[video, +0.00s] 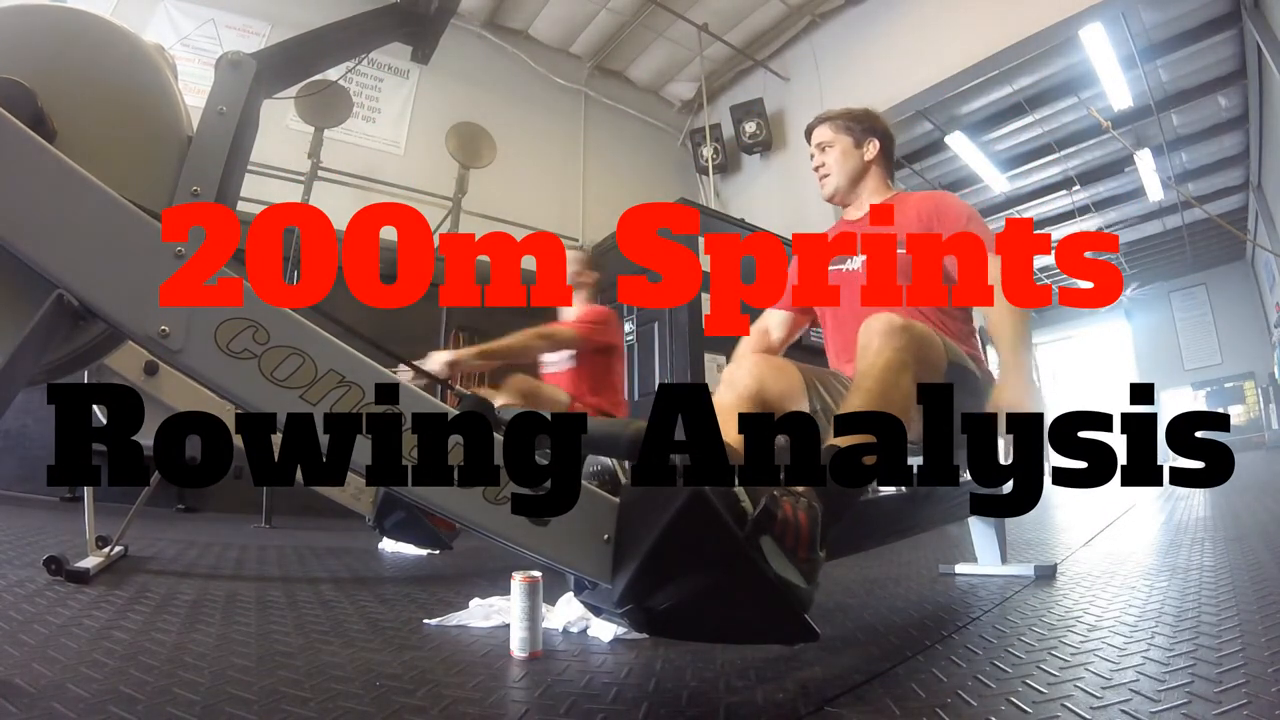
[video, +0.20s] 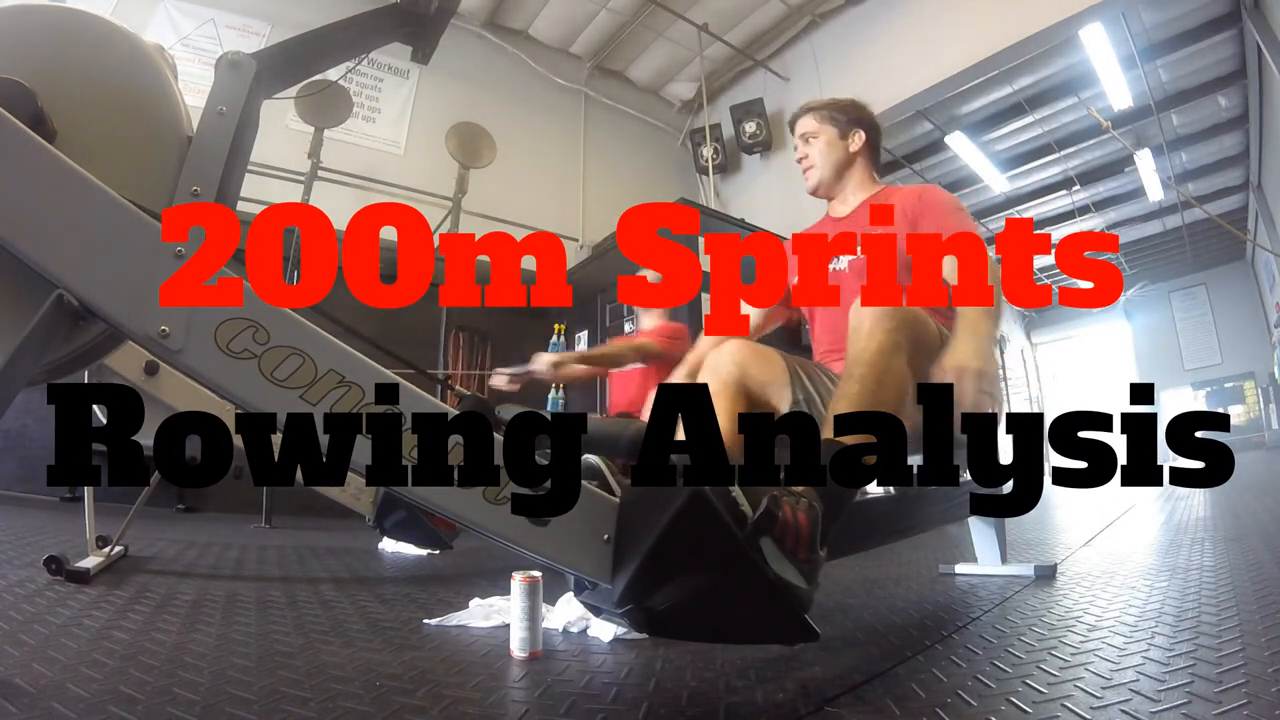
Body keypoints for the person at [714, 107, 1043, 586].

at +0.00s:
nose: (815, 162)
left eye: (826, 148)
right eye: (812, 155)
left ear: (870, 150)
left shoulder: (937, 210)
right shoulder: (820, 249)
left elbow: (999, 289)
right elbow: (768, 333)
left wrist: (1015, 381)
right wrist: (729, 388)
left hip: (954, 390)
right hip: (856, 394)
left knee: (885, 330)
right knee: (750, 370)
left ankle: (813, 506)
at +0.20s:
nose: (798, 155)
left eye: (809, 139)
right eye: (796, 148)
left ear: (856, 141)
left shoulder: (922, 202)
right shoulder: (805, 242)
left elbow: (979, 282)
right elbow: (757, 315)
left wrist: (972, 347)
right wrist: (693, 357)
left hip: (928, 388)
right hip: (836, 390)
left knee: (876, 310)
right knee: (729, 358)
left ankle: (811, 501)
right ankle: (703, 517)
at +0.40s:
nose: (775, 147)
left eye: (785, 130)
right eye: (771, 139)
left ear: (835, 130)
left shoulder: (901, 189)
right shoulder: (782, 236)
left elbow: (934, 264)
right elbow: (709, 298)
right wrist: (639, 356)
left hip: (906, 386)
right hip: (818, 390)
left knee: (867, 294)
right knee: (709, 355)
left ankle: (811, 503)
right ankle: (707, 517)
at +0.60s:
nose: (748, 132)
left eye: (763, 114)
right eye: (740, 126)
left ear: (813, 120)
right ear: (741, 146)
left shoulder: (866, 176)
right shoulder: (744, 231)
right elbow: (668, 291)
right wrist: (590, 357)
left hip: (870, 360)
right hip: (782, 373)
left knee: (870, 205)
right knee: (697, 347)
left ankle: (817, 485)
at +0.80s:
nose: (706, 124)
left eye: (721, 106)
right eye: (697, 119)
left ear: (777, 110)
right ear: (698, 141)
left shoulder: (840, 162)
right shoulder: (713, 225)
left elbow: (818, 218)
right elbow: (628, 296)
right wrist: (540, 374)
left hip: (849, 394)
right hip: (759, 393)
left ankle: (818, 486)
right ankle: (524, 383)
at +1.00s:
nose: (678, 115)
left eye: (695, 95)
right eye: (670, 110)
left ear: (753, 101)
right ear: (669, 131)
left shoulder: (814, 155)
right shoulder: (685, 223)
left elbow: (779, 231)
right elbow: (601, 300)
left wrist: (672, 339)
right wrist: (504, 388)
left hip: (837, 395)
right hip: (746, 396)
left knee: (847, 265)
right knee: (653, 313)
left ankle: (806, 497)